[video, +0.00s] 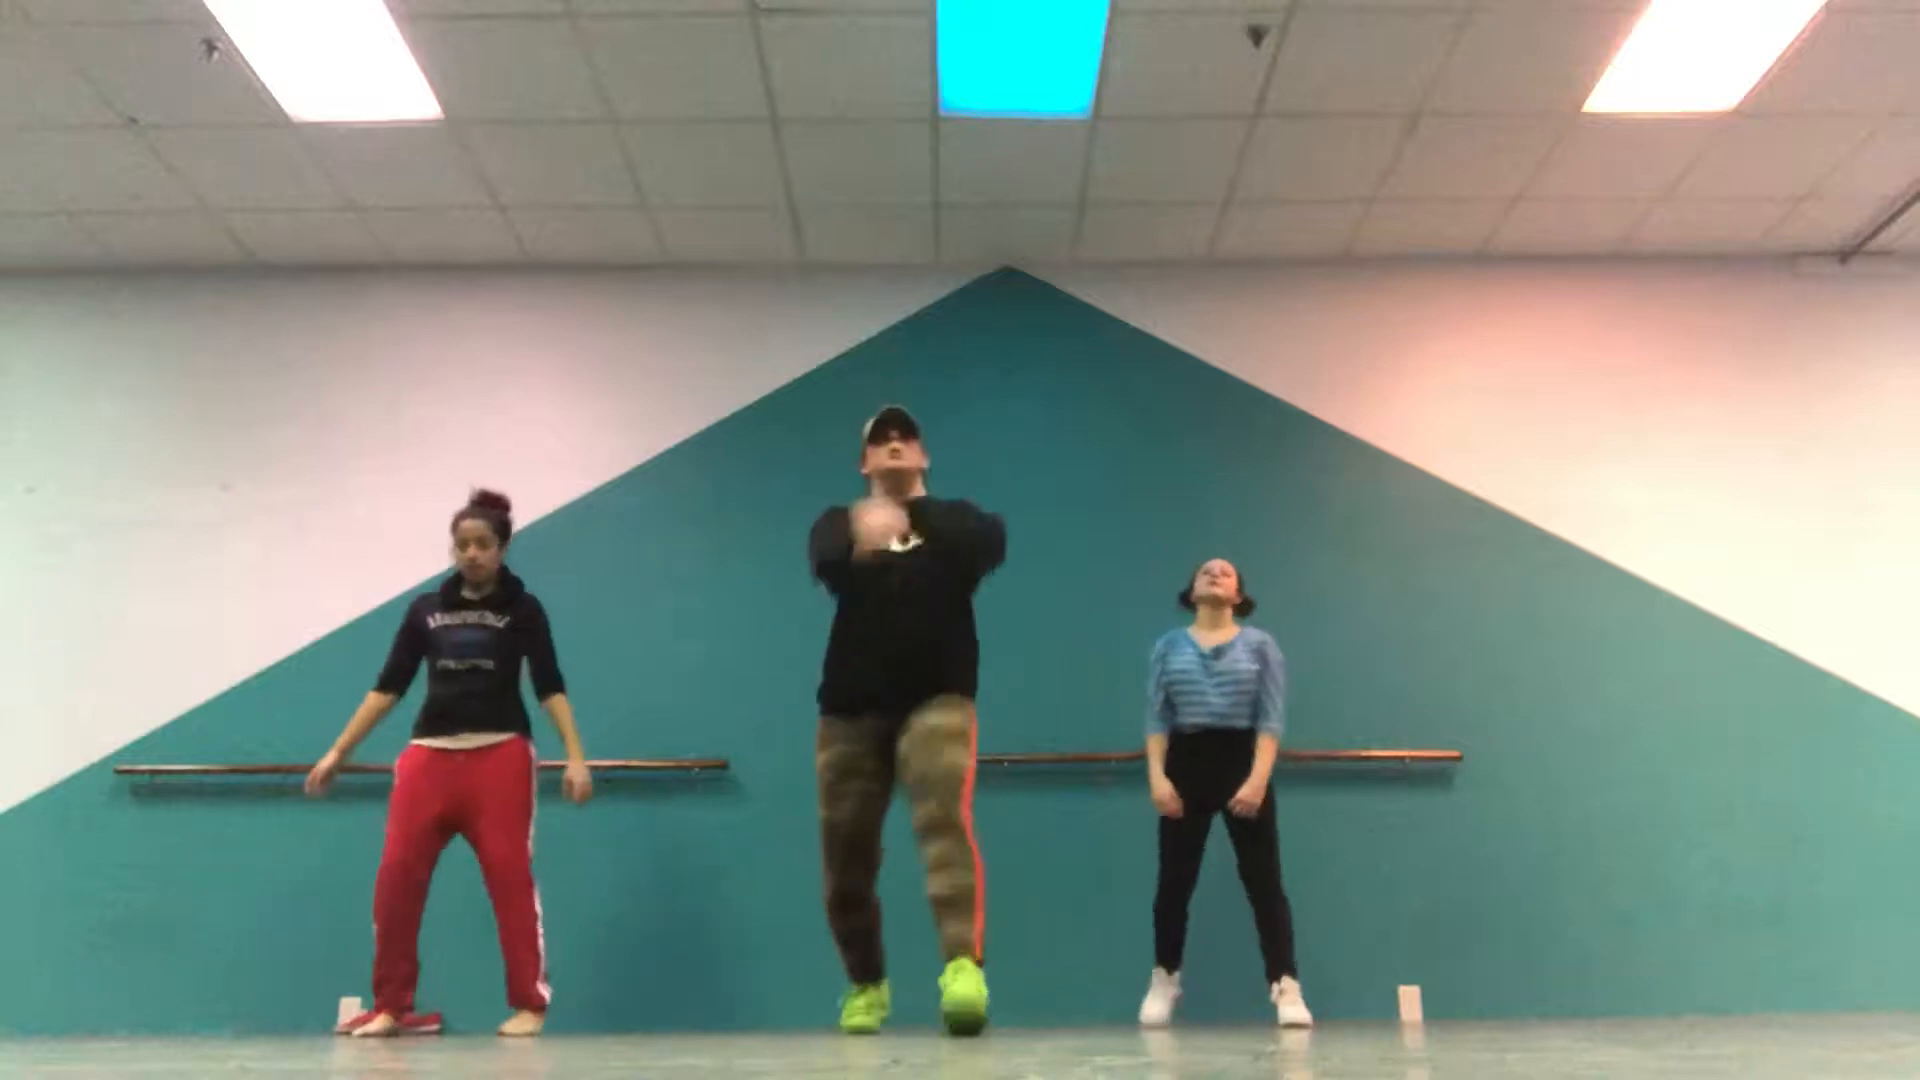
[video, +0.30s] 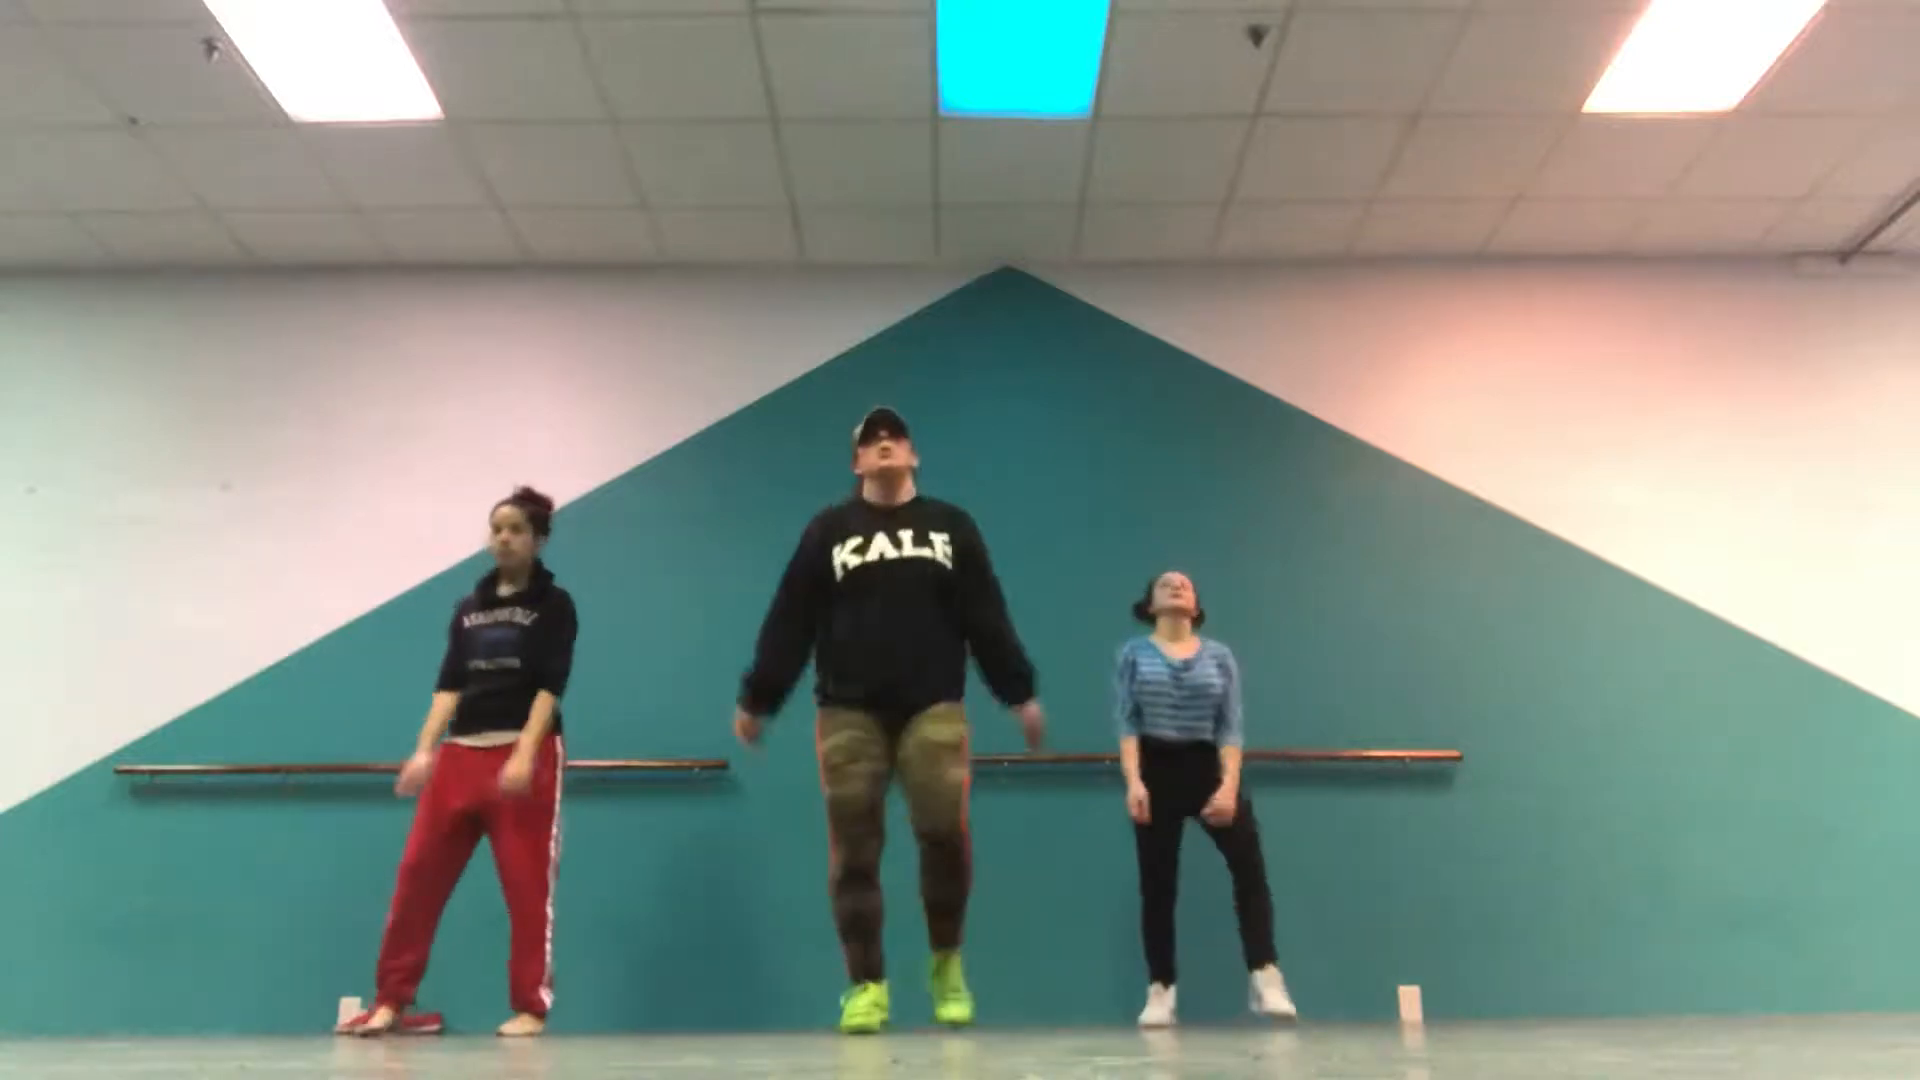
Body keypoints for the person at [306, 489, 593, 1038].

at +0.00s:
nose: (471, 554)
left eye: (482, 543)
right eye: (462, 544)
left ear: (504, 546)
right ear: (451, 547)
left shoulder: (523, 609)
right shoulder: (425, 608)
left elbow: (550, 688)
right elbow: (387, 688)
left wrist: (576, 757)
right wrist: (337, 751)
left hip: (499, 760)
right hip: (427, 761)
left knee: (509, 878)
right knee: (396, 878)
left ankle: (529, 1005)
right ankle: (391, 1006)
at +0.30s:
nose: (502, 538)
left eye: (514, 530)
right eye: (496, 528)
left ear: (537, 539)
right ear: (489, 536)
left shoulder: (555, 605)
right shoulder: (471, 605)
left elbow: (550, 687)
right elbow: (450, 685)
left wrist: (525, 752)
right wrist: (424, 747)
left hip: (523, 755)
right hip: (459, 756)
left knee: (527, 885)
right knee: (417, 876)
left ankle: (530, 1009)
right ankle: (389, 1001)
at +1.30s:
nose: (489, 565)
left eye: (501, 557)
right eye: (483, 555)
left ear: (520, 568)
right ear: (472, 560)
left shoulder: (532, 637)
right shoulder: (438, 626)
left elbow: (531, 718)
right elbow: (397, 697)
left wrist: (526, 783)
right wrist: (339, 731)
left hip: (490, 779)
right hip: (422, 773)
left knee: (484, 895)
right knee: (397, 887)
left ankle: (463, 1009)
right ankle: (413, 1008)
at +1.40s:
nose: (508, 561)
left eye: (520, 553)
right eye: (501, 550)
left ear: (534, 564)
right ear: (487, 553)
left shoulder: (536, 631)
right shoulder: (447, 611)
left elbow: (524, 711)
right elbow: (392, 671)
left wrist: (519, 778)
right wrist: (326, 668)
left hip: (489, 771)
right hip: (423, 761)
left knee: (481, 886)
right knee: (394, 869)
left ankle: (463, 1008)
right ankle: (395, 993)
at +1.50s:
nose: (526, 572)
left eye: (536, 565)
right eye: (518, 561)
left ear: (548, 575)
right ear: (502, 564)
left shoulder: (538, 641)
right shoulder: (457, 602)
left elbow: (512, 714)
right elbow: (379, 606)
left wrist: (506, 781)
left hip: (482, 775)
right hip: (419, 761)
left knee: (476, 891)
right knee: (380, 848)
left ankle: (459, 1008)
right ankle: (347, 951)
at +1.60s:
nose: (530, 586)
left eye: (540, 578)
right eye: (522, 575)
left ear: (549, 587)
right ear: (504, 576)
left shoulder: (535, 648)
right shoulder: (473, 608)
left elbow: (495, 709)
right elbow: (445, 584)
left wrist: (488, 762)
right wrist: (421, 563)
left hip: (471, 781)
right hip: (412, 764)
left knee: (474, 896)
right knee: (367, 852)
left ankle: (457, 1010)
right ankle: (301, 914)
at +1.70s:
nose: (534, 584)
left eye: (542, 575)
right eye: (525, 574)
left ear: (548, 583)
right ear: (504, 576)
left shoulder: (527, 639)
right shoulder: (480, 604)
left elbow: (481, 692)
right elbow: (440, 600)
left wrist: (466, 750)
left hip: (455, 775)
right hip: (403, 757)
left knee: (463, 890)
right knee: (349, 864)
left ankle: (457, 1010)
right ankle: (264, 923)